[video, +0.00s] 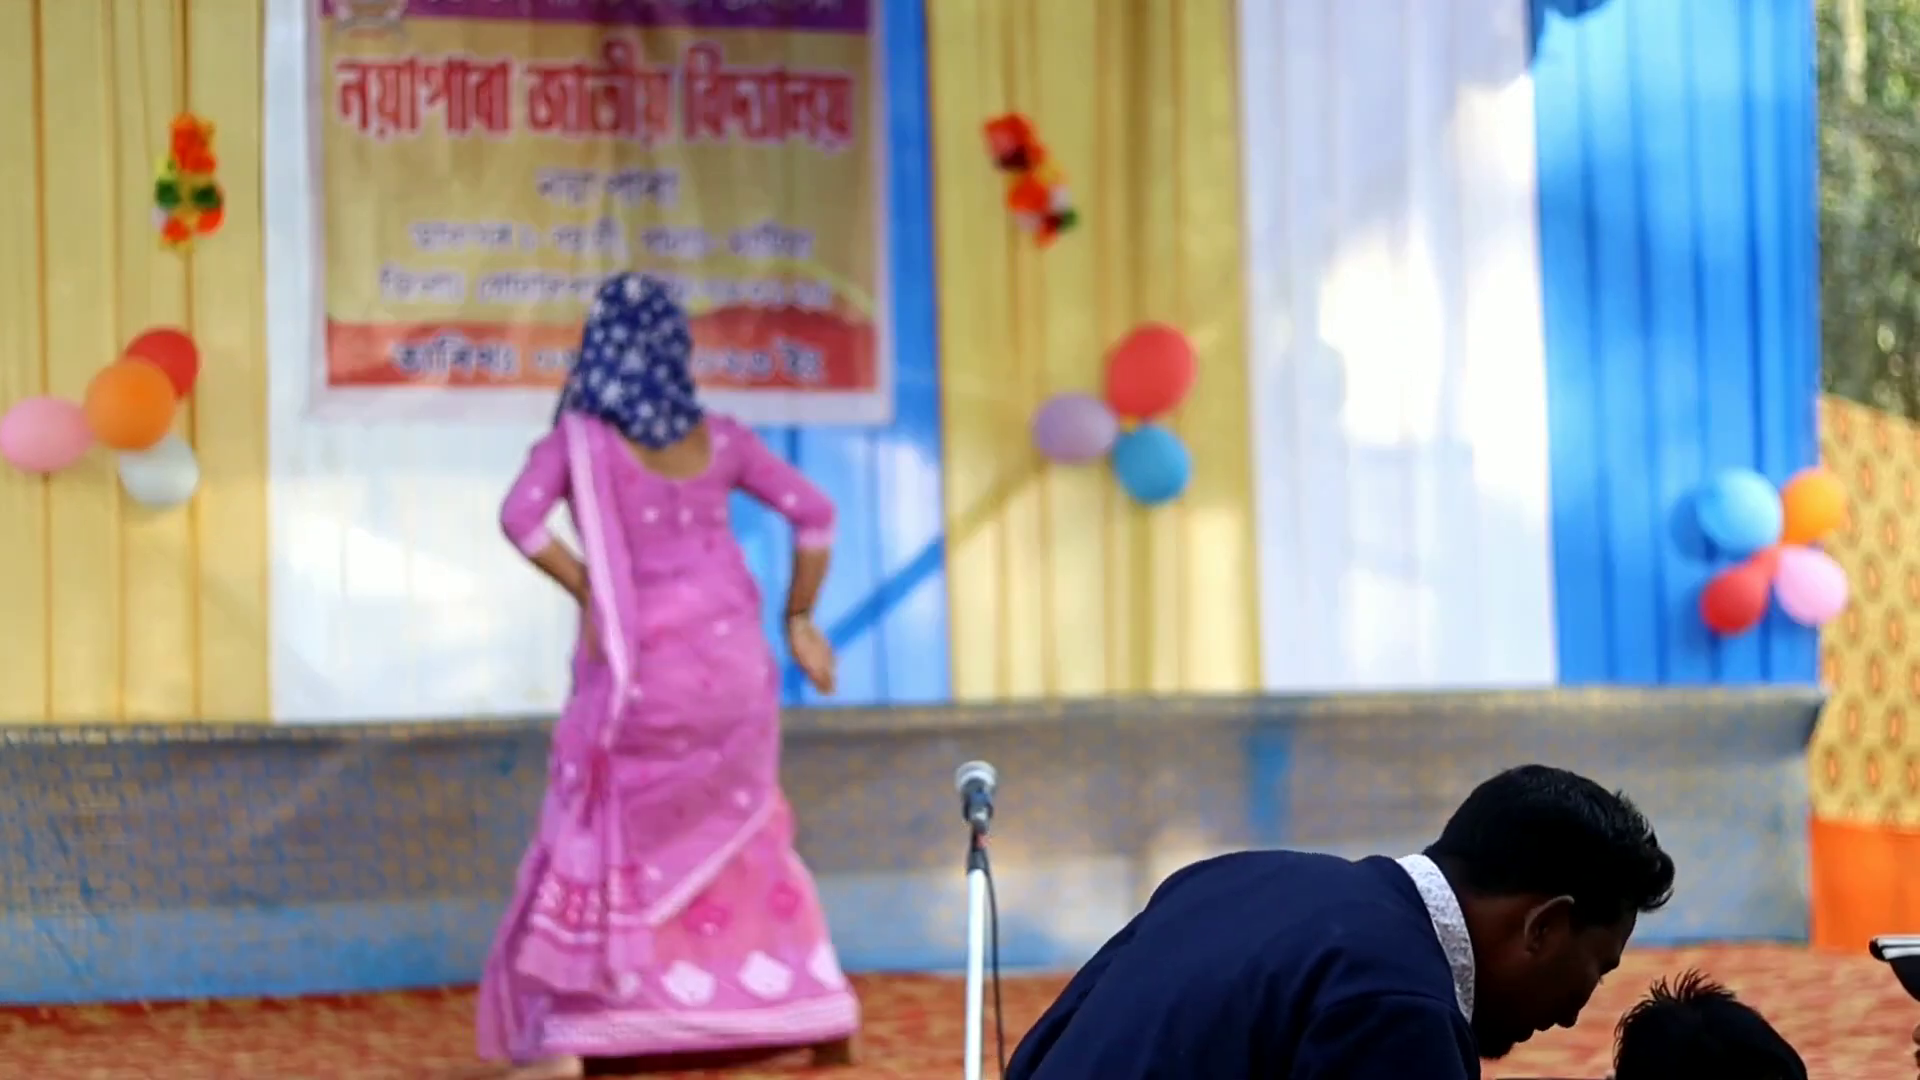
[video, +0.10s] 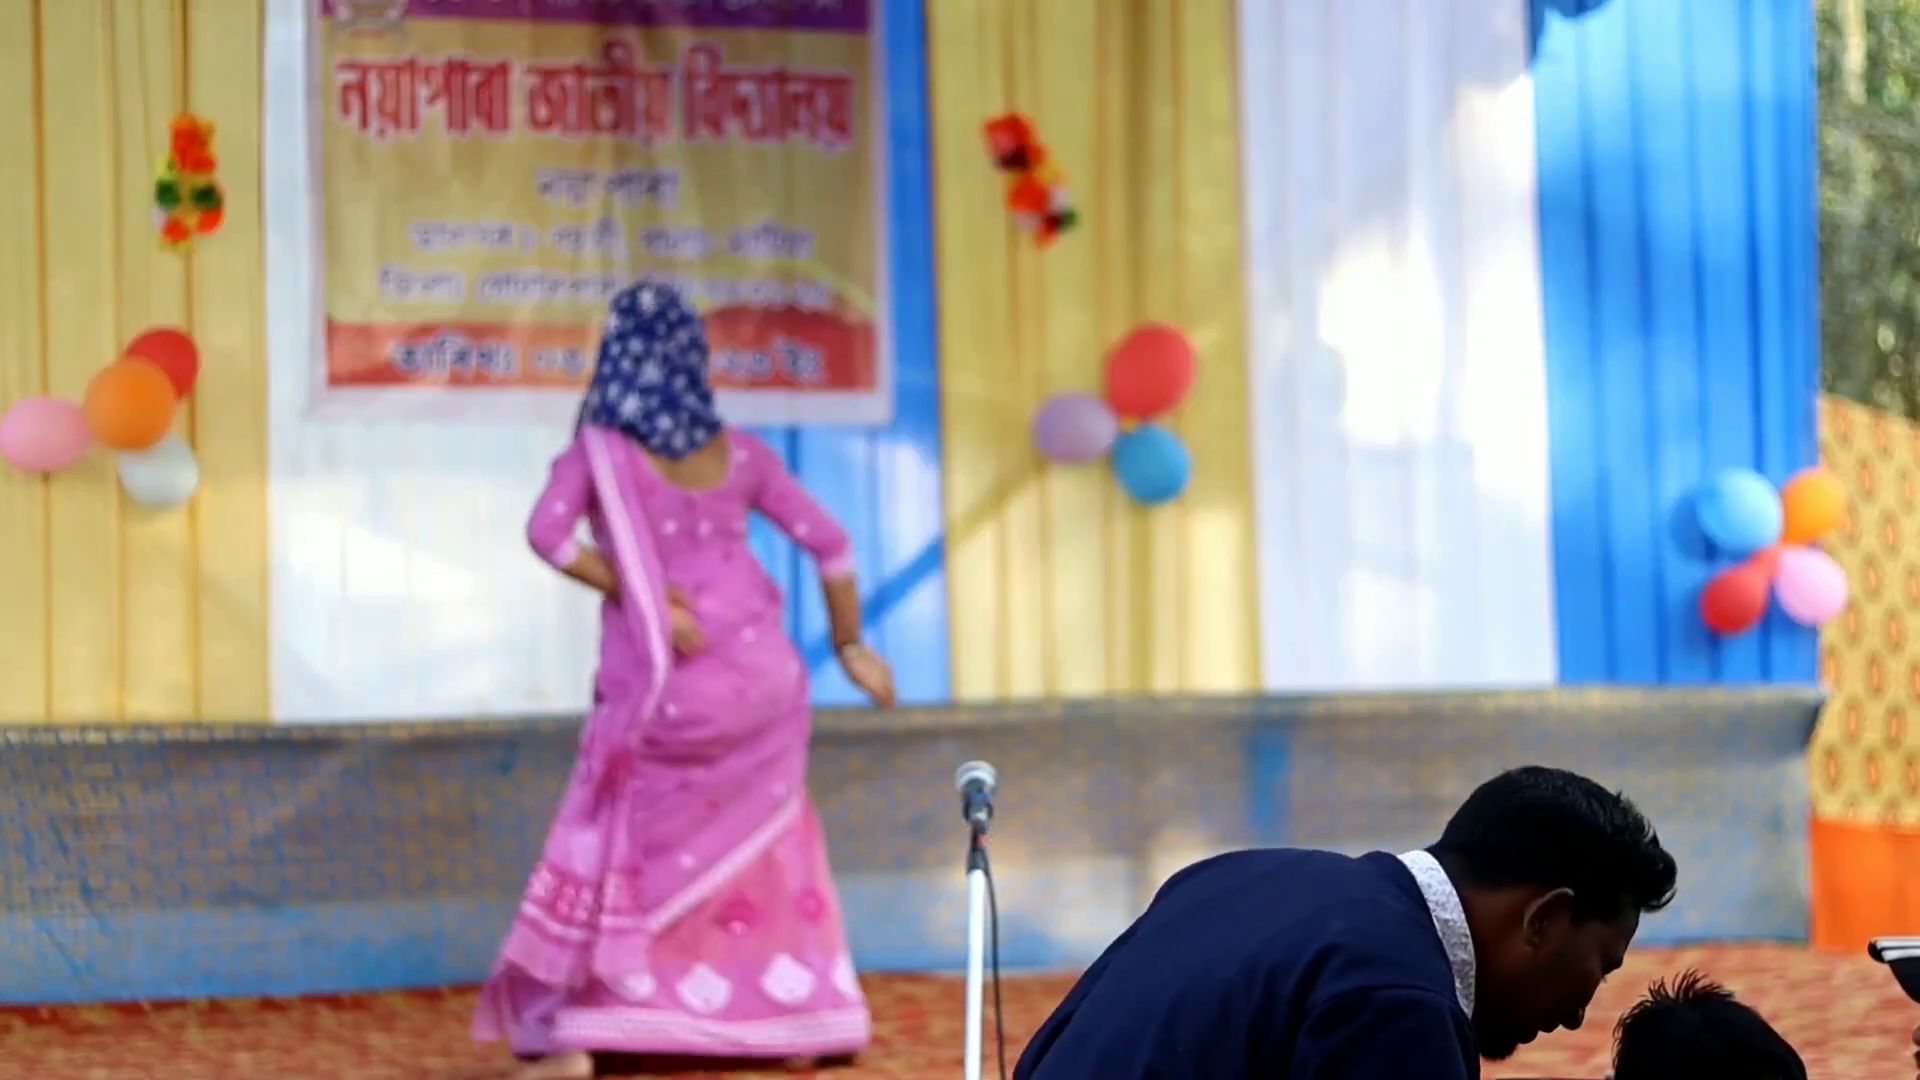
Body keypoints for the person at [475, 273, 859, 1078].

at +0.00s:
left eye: (595, 345)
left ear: (598, 351)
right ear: (680, 351)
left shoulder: (579, 438)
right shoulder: (717, 435)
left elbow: (520, 520)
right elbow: (814, 513)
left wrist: (587, 592)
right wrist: (799, 615)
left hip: (639, 672)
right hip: (737, 667)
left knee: (589, 832)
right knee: (759, 825)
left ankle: (564, 1033)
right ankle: (826, 1008)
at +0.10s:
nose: (610, 367)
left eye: (612, 353)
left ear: (617, 361)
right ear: (699, 360)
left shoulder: (599, 450)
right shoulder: (738, 452)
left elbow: (547, 534)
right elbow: (829, 541)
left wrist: (642, 597)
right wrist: (849, 642)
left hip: (668, 682)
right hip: (768, 676)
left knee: (606, 836)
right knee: (779, 839)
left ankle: (570, 1034)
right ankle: (809, 1018)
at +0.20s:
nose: (627, 363)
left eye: (627, 349)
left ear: (627, 358)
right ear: (708, 354)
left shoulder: (613, 451)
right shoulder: (754, 441)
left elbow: (564, 550)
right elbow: (850, 515)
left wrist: (630, 640)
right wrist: (831, 619)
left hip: (654, 674)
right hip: (757, 673)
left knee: (612, 839)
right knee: (764, 835)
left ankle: (596, 1032)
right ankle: (780, 1021)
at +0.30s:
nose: (623, 376)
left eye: (624, 362)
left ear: (629, 369)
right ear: (709, 363)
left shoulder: (617, 460)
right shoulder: (757, 449)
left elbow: (556, 568)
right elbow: (857, 505)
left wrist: (590, 667)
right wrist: (801, 585)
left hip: (647, 678)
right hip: (741, 680)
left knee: (620, 846)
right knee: (749, 845)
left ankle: (599, 1037)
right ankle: (775, 1025)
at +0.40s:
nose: (625, 397)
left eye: (629, 383)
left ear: (634, 392)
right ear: (716, 386)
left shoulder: (621, 483)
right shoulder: (763, 470)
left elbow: (542, 581)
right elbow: (865, 520)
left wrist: (544, 698)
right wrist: (793, 582)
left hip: (637, 690)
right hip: (741, 693)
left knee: (601, 839)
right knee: (756, 839)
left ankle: (605, 1033)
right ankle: (805, 1011)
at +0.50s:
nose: (637, 381)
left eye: (643, 368)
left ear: (646, 378)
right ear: (729, 373)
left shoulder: (633, 468)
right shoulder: (776, 457)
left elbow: (551, 565)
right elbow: (875, 513)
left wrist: (557, 678)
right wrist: (807, 583)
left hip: (658, 686)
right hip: (760, 687)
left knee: (601, 835)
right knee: (785, 829)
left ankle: (601, 1025)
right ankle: (819, 1003)